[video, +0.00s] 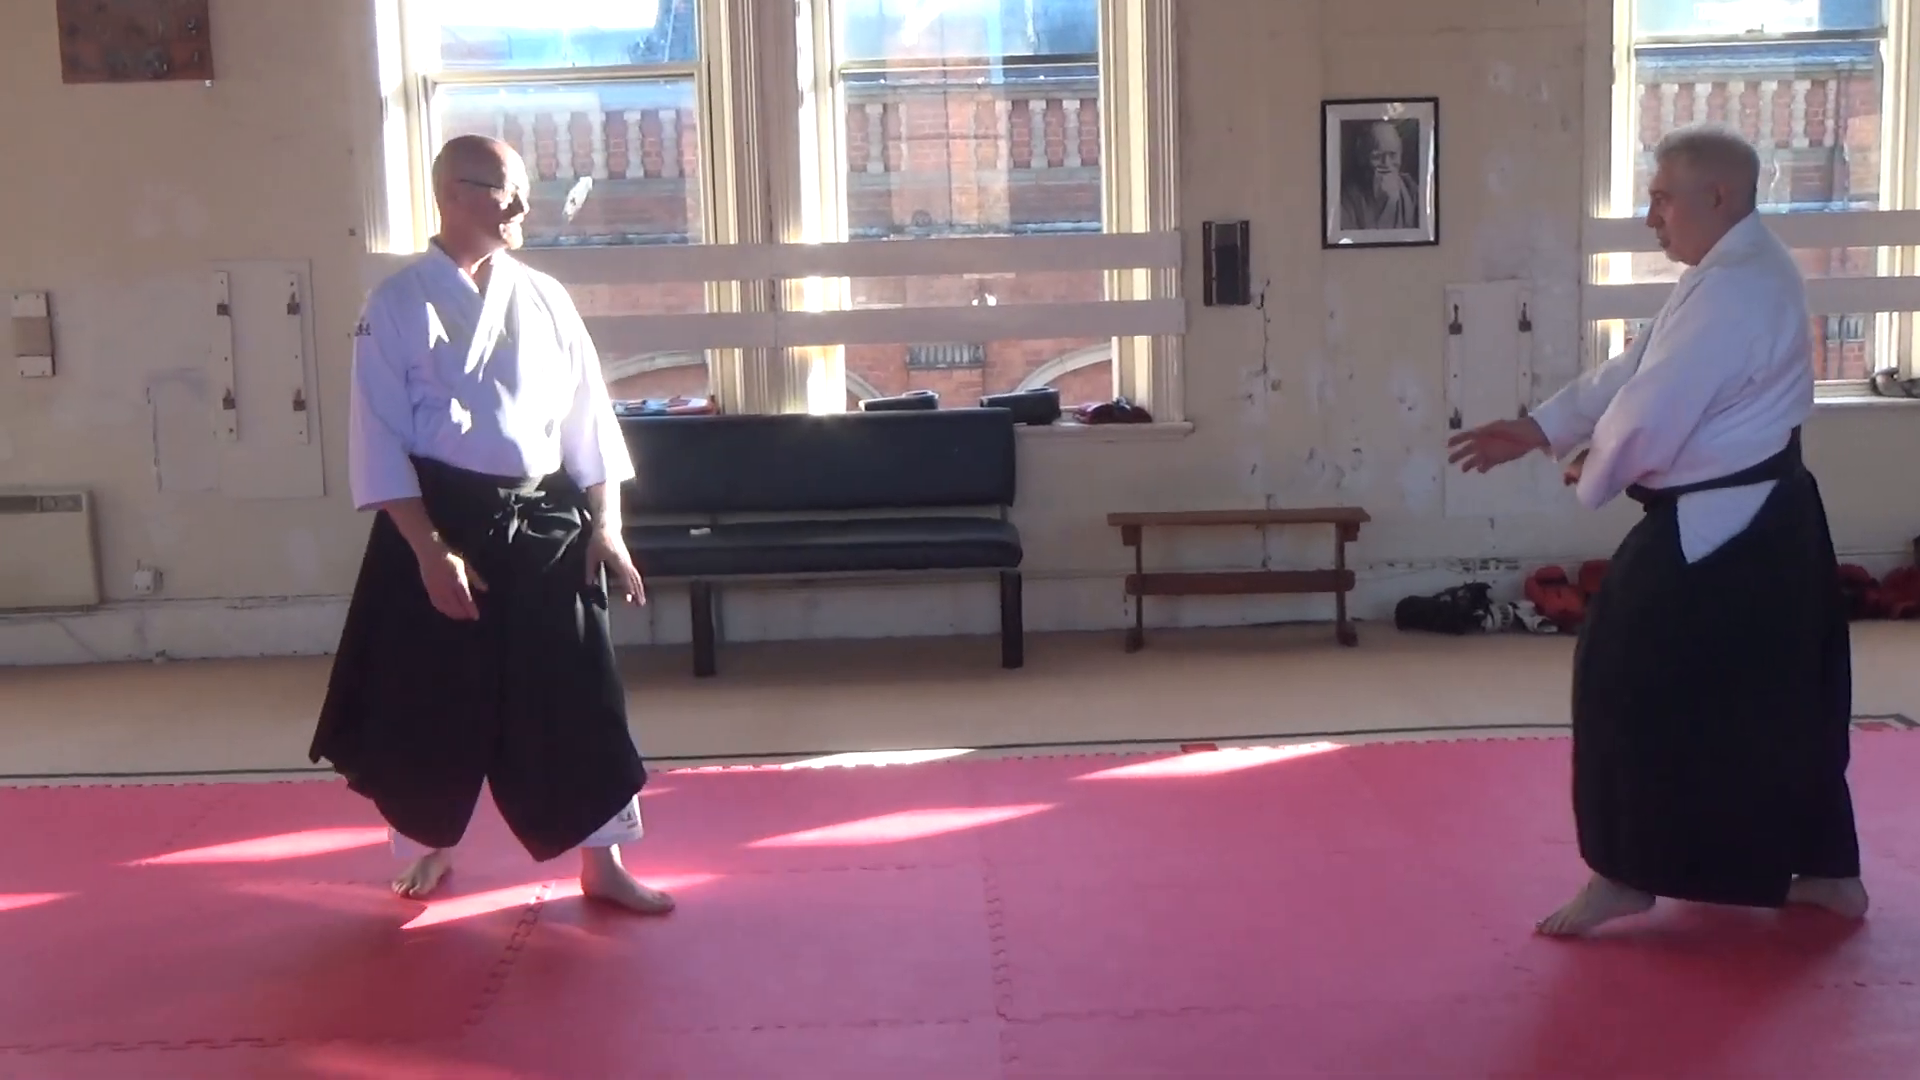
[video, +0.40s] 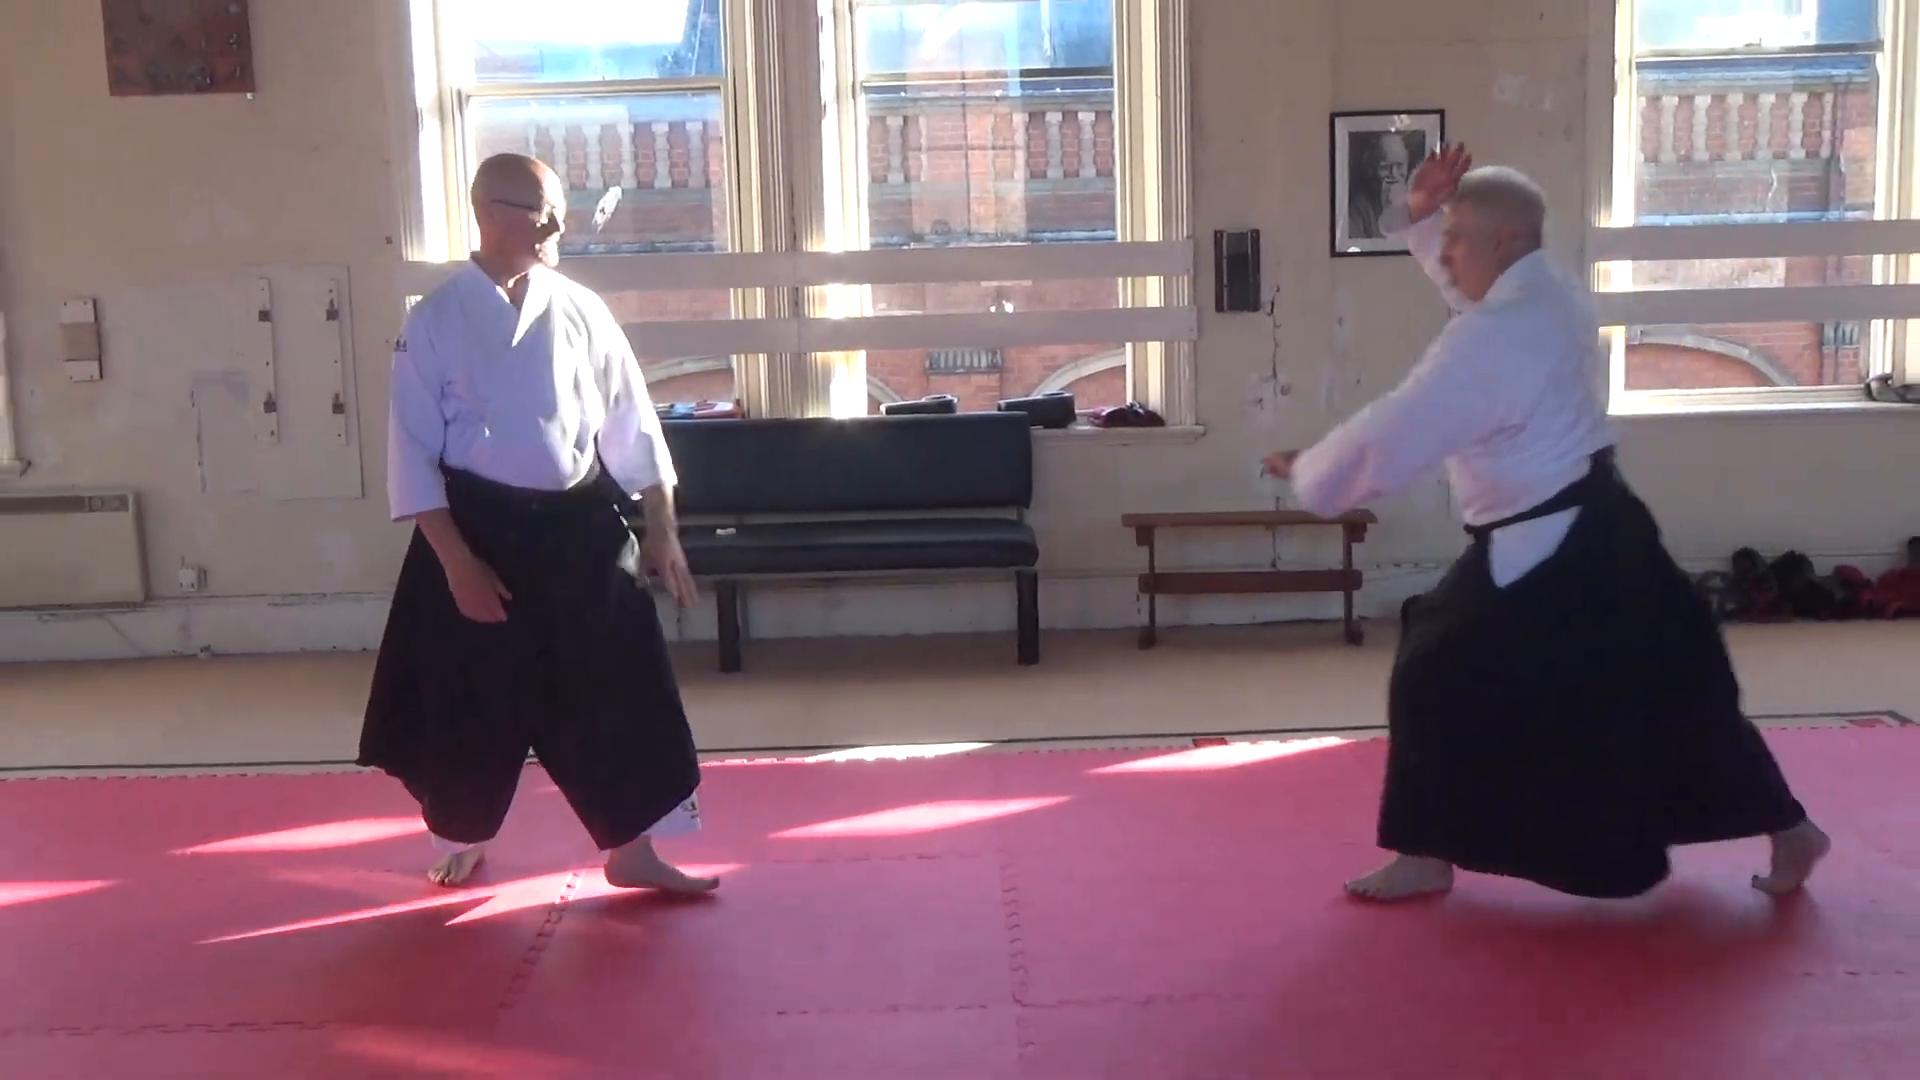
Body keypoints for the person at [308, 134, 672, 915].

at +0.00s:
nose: (508, 201)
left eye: (515, 189)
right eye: (488, 187)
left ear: (523, 201)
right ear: (443, 197)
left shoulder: (545, 296)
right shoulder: (398, 301)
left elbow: (590, 415)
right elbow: (377, 439)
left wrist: (607, 523)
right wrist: (428, 549)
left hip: (547, 519)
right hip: (441, 519)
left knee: (585, 683)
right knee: (431, 684)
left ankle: (603, 860)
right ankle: (434, 842)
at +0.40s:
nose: (543, 225)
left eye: (552, 215)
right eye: (525, 210)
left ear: (561, 223)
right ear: (481, 212)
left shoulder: (582, 310)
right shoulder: (437, 318)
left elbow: (634, 419)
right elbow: (411, 451)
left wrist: (662, 525)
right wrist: (456, 559)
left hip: (580, 522)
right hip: (478, 524)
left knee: (614, 680)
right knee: (471, 683)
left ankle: (629, 848)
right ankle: (464, 839)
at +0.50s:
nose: (604, 255)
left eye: (602, 242)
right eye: (580, 240)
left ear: (600, 253)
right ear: (544, 248)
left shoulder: (634, 336)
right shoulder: (504, 341)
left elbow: (697, 415)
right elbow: (457, 445)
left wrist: (745, 498)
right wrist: (503, 536)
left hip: (625, 536)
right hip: (534, 537)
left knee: (656, 683)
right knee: (522, 683)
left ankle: (664, 837)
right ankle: (510, 812)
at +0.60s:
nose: (640, 266)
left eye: (641, 254)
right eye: (627, 254)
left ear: (633, 259)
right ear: (581, 257)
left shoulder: (668, 337)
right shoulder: (534, 343)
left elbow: (747, 383)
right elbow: (456, 428)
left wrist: (817, 432)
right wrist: (512, 446)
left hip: (653, 531)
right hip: (566, 531)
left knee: (669, 680)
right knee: (554, 680)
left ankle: (673, 832)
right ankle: (516, 797)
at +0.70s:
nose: (658, 266)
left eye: (658, 254)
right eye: (644, 255)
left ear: (650, 259)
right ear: (595, 259)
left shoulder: (688, 332)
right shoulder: (553, 337)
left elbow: (773, 338)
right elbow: (464, 372)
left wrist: (861, 347)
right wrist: (523, 347)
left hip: (676, 532)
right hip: (588, 532)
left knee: (686, 684)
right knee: (555, 682)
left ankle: (676, 830)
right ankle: (514, 805)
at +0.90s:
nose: (690, 267)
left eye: (688, 256)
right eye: (675, 256)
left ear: (676, 266)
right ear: (624, 266)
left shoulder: (720, 325)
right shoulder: (586, 339)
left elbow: (809, 293)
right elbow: (523, 330)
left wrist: (895, 250)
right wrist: (573, 252)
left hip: (705, 540)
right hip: (619, 540)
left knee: (719, 688)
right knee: (599, 701)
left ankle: (697, 827)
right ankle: (563, 865)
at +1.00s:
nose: (698, 268)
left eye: (698, 256)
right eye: (682, 256)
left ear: (691, 265)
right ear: (633, 263)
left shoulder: (718, 325)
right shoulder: (602, 345)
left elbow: (796, 298)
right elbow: (631, 364)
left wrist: (874, 245)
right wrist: (628, 287)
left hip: (709, 542)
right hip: (634, 544)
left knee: (734, 693)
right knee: (642, 709)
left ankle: (696, 828)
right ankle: (632, 892)